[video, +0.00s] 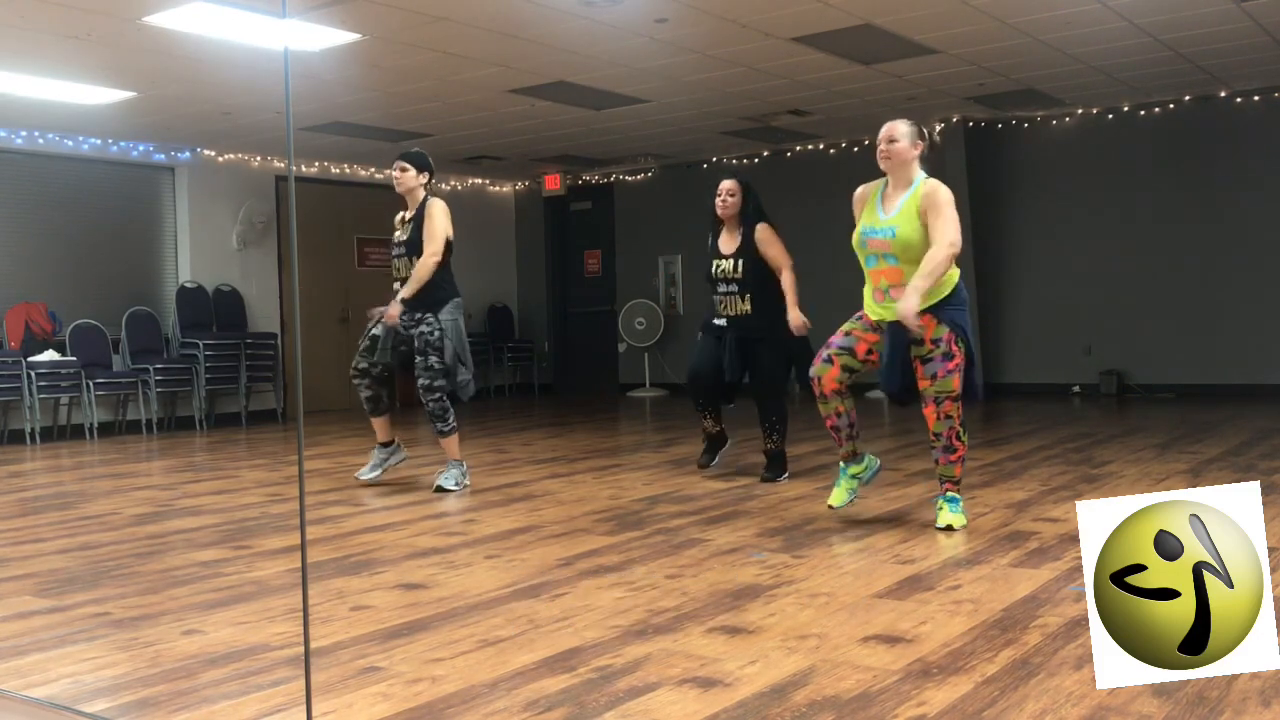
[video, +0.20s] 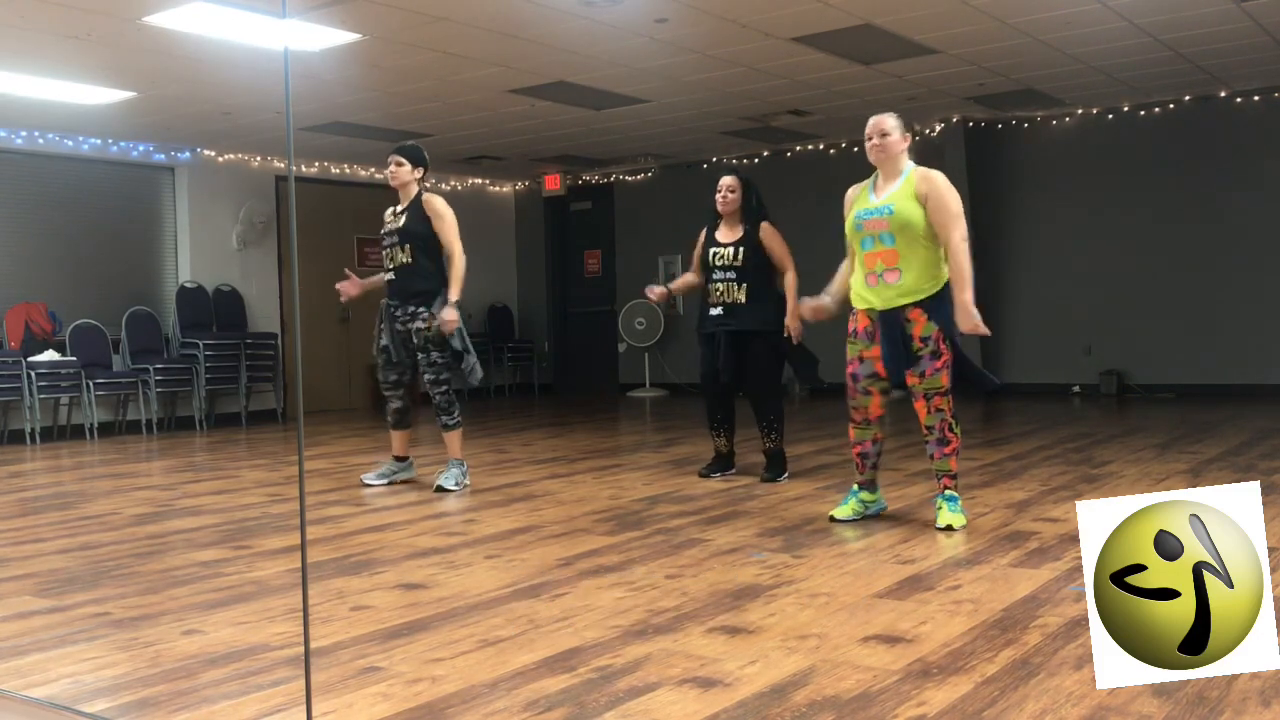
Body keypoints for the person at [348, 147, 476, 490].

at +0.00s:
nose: (395, 174)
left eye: (403, 170)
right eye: (394, 170)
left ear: (423, 176)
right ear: (395, 178)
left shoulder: (435, 207)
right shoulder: (400, 219)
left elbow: (433, 257)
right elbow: (406, 267)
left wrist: (399, 301)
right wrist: (393, 304)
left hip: (436, 312)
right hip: (405, 311)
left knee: (431, 386)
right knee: (365, 371)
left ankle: (456, 466)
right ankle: (387, 446)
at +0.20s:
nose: (390, 170)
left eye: (397, 165)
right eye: (389, 165)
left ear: (418, 171)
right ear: (389, 172)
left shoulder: (433, 204)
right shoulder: (391, 215)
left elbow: (456, 253)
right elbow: (398, 270)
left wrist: (452, 303)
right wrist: (363, 285)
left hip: (430, 311)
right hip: (394, 312)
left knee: (439, 386)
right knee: (394, 385)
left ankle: (456, 465)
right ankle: (400, 462)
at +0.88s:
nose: (408, 172)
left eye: (415, 167)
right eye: (407, 168)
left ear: (437, 171)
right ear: (408, 176)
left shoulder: (453, 209)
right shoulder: (410, 209)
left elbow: (459, 265)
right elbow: (405, 262)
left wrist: (430, 260)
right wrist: (385, 300)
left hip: (443, 311)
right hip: (408, 310)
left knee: (437, 384)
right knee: (375, 372)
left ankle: (460, 464)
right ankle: (389, 450)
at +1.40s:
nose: (407, 179)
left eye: (413, 173)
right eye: (406, 174)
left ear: (436, 174)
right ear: (412, 179)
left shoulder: (456, 211)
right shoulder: (416, 215)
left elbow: (452, 257)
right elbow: (415, 271)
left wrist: (417, 277)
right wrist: (394, 307)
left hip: (445, 314)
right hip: (412, 313)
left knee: (437, 385)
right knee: (374, 370)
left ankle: (459, 465)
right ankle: (386, 450)